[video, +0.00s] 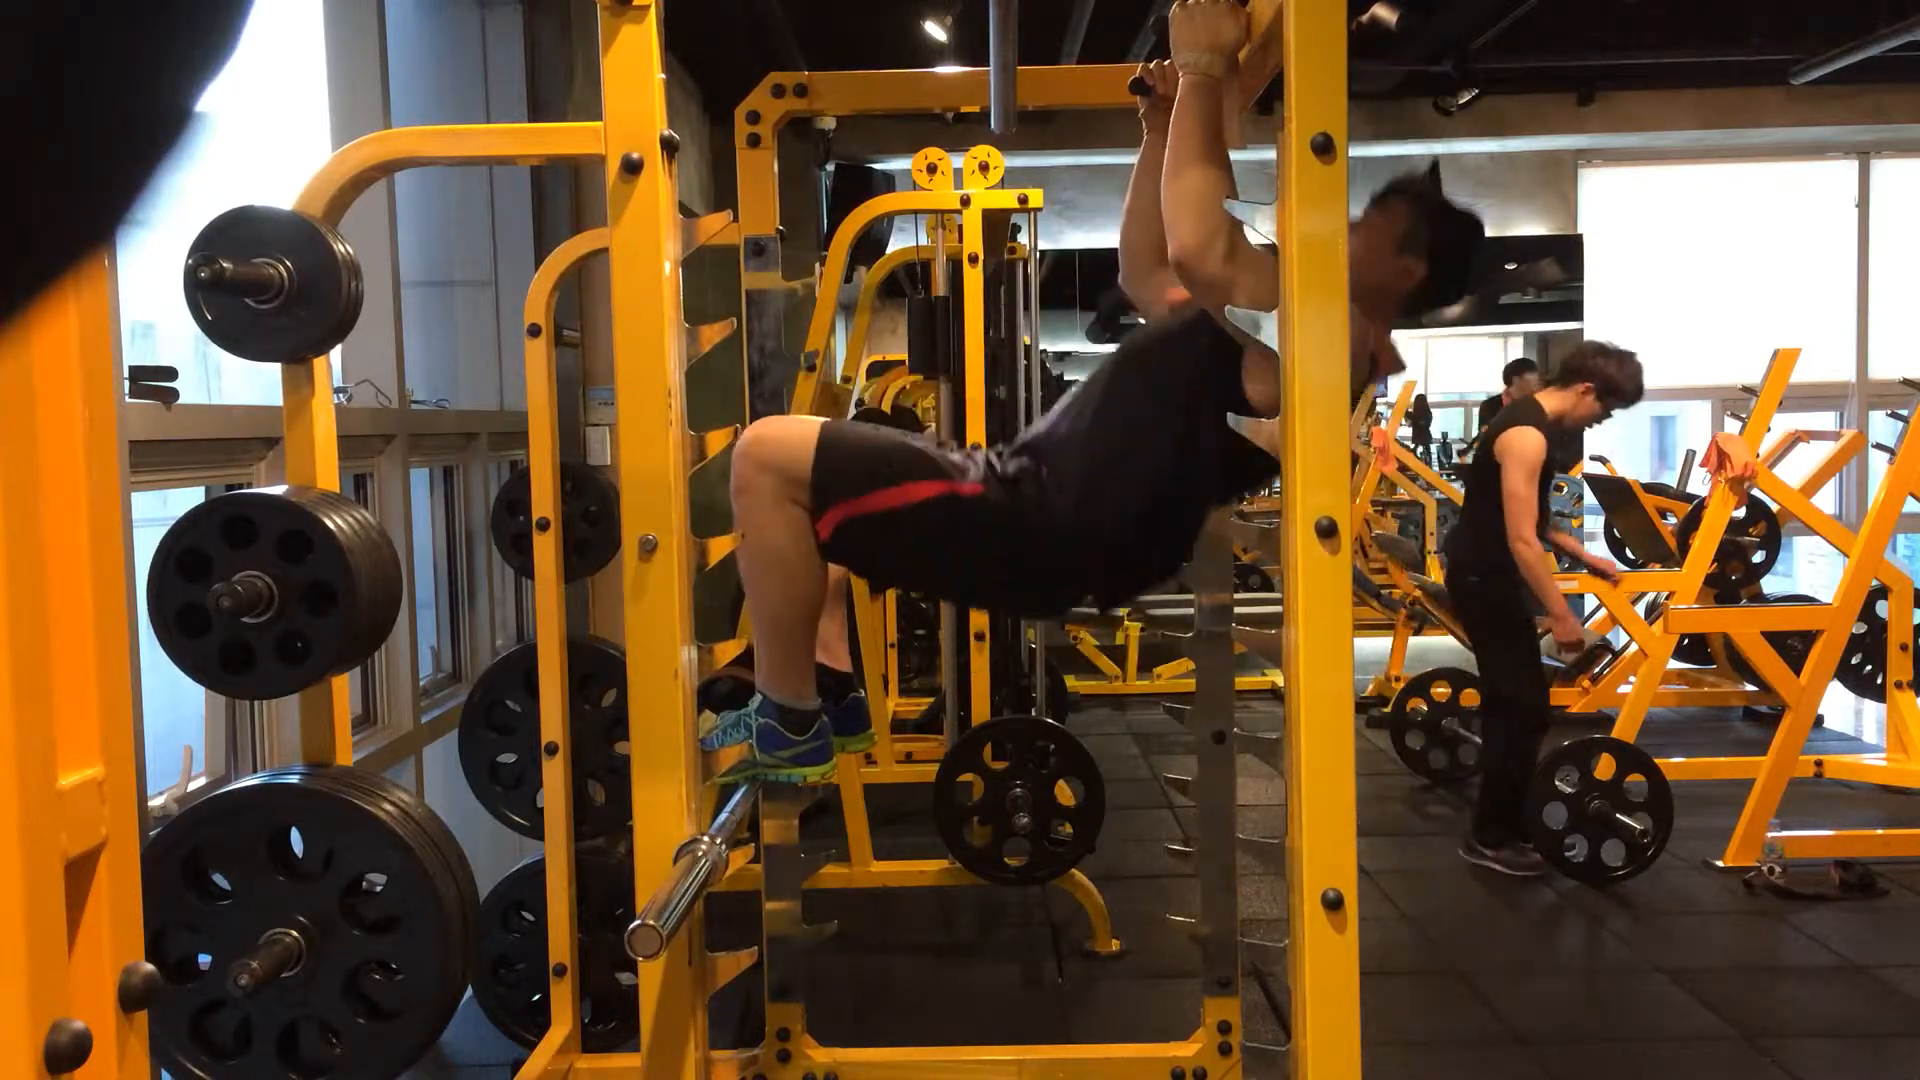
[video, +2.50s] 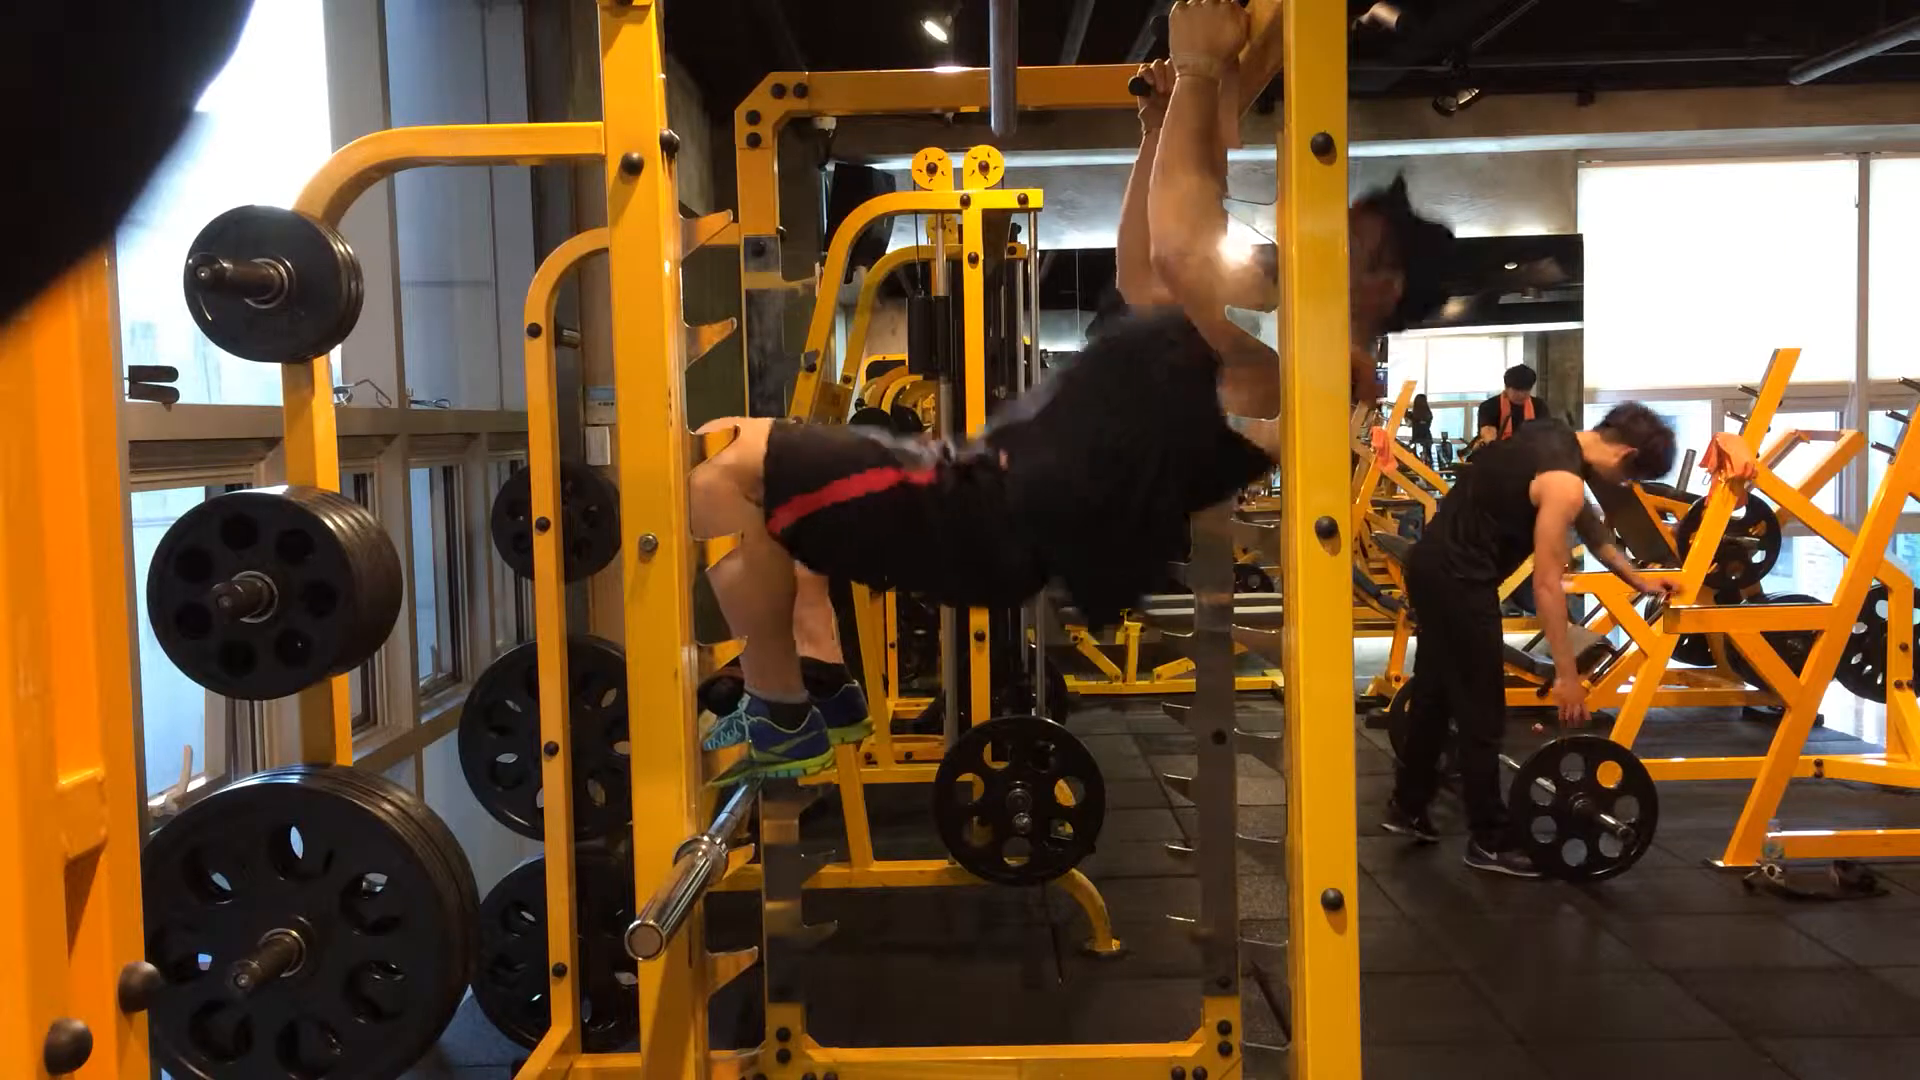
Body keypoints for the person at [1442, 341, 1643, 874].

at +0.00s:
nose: (1599, 421)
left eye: (1605, 413)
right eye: (1603, 410)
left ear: (1583, 388)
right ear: (1585, 389)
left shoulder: (1540, 429)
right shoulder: (1523, 435)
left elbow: (1538, 524)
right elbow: (1520, 541)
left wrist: (1589, 557)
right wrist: (1562, 614)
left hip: (1499, 576)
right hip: (1484, 580)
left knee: (1521, 702)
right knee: (1519, 704)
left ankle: (1504, 828)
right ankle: (1492, 837)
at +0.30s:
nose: (1635, 474)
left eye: (1645, 468)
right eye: (1643, 464)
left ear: (1628, 434)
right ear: (1629, 437)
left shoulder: (1583, 455)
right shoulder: (1563, 467)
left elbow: (1603, 533)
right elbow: (1550, 574)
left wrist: (1650, 586)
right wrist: (1572, 656)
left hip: (1495, 571)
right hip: (1476, 574)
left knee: (1509, 700)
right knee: (1502, 705)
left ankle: (1507, 826)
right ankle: (1493, 838)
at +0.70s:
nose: (1670, 529)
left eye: (1679, 526)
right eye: (1680, 523)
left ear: (1668, 477)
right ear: (1674, 497)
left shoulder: (1613, 446)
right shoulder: (1616, 525)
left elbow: (1617, 537)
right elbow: (1592, 626)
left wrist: (1652, 590)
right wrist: (1599, 712)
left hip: (1468, 550)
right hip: (1487, 571)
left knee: (1479, 690)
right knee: (1502, 701)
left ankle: (1462, 801)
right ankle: (1493, 839)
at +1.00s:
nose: (1675, 534)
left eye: (1682, 532)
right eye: (1683, 529)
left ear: (1677, 478)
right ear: (1683, 507)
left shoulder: (1620, 447)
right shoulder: (1624, 533)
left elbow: (1623, 540)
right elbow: (1601, 633)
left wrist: (1653, 591)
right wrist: (1606, 719)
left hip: (1465, 544)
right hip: (1492, 572)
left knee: (1441, 672)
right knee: (1498, 708)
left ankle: (1389, 775)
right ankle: (1492, 839)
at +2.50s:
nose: (1618, 482)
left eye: (1627, 477)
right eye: (1626, 475)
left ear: (1613, 437)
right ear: (1623, 453)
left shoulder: (1549, 435)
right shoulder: (1562, 483)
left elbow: (1592, 526)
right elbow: (1547, 584)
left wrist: (1636, 578)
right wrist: (1566, 674)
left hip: (1433, 565)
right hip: (1462, 581)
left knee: (1433, 693)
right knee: (1483, 710)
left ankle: (1406, 807)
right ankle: (1490, 838)